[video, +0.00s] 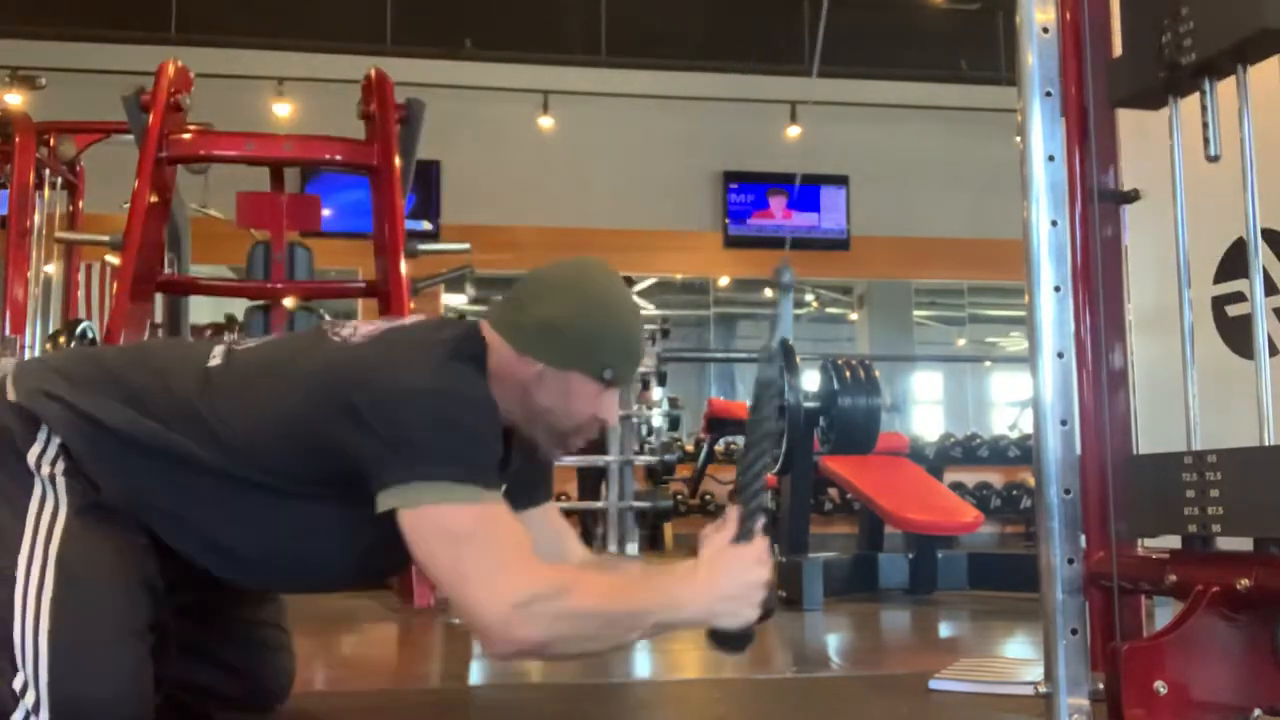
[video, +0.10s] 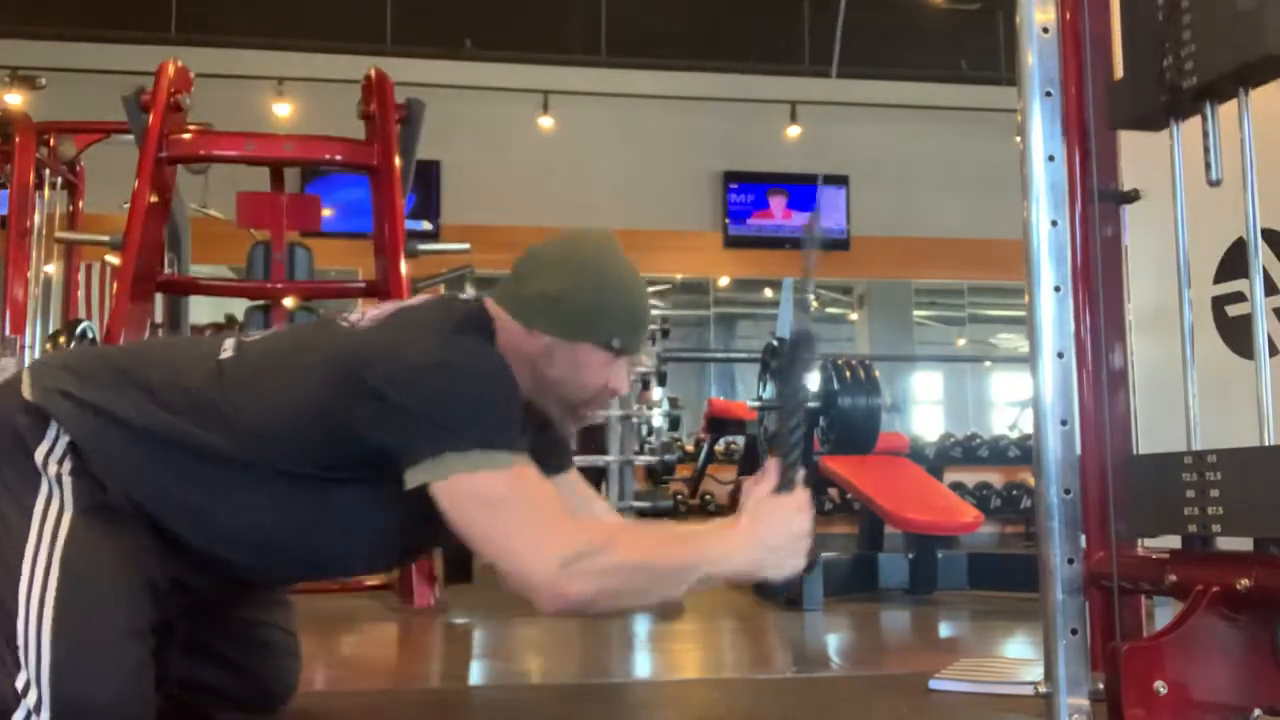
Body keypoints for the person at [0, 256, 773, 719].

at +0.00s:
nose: (616, 416)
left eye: (624, 393)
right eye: (608, 387)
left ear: (545, 367)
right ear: (541, 364)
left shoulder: (505, 428)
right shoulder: (429, 391)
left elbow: (563, 581)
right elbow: (508, 616)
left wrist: (689, 586)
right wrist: (687, 594)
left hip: (198, 499)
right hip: (71, 446)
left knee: (246, 682)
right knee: (83, 696)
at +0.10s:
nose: (630, 379)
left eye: (636, 357)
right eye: (619, 354)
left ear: (554, 339)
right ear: (545, 337)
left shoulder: (521, 396)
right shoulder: (447, 367)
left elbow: (591, 541)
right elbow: (555, 575)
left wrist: (737, 537)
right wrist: (737, 549)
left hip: (206, 502)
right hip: (82, 447)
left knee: (250, 679)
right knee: (83, 696)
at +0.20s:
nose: (635, 347)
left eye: (638, 323)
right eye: (623, 319)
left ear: (566, 309)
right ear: (549, 301)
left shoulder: (521, 369)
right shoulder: (457, 329)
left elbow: (608, 500)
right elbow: (605, 519)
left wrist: (755, 488)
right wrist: (778, 487)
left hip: (196, 498)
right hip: (84, 445)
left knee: (253, 674)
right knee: (81, 694)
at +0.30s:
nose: (636, 300)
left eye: (638, 278)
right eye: (625, 275)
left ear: (554, 265)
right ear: (555, 264)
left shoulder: (511, 329)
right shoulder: (465, 299)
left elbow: (630, 442)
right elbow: (645, 459)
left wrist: (783, 429)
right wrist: (818, 415)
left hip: (188, 493)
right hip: (85, 438)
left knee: (252, 670)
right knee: (78, 695)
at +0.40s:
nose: (639, 260)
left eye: (639, 237)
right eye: (626, 235)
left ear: (554, 229)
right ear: (558, 223)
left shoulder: (512, 311)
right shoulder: (465, 260)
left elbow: (664, 395)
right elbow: (667, 380)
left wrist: (811, 349)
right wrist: (839, 335)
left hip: (211, 498)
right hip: (100, 433)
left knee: (253, 682)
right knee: (78, 702)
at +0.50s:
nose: (632, 212)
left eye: (628, 185)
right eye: (616, 187)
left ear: (555, 192)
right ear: (556, 186)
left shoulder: (521, 273)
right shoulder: (466, 223)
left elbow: (674, 305)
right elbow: (688, 316)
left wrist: (830, 251)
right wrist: (846, 248)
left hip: (230, 506)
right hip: (114, 435)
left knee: (249, 688)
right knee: (77, 699)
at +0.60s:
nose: (622, 154)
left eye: (618, 133)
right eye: (606, 131)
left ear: (544, 137)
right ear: (550, 134)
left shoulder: (533, 254)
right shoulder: (461, 177)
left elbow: (689, 269)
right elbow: (694, 227)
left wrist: (828, 188)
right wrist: (848, 149)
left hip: (227, 500)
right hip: (127, 430)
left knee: (251, 683)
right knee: (78, 698)